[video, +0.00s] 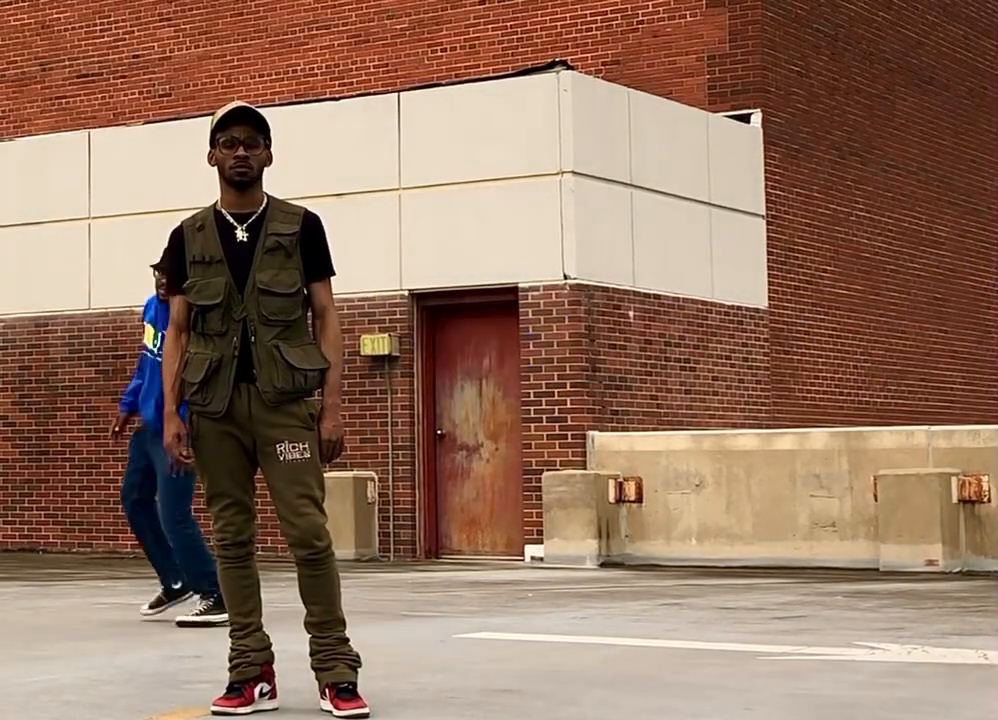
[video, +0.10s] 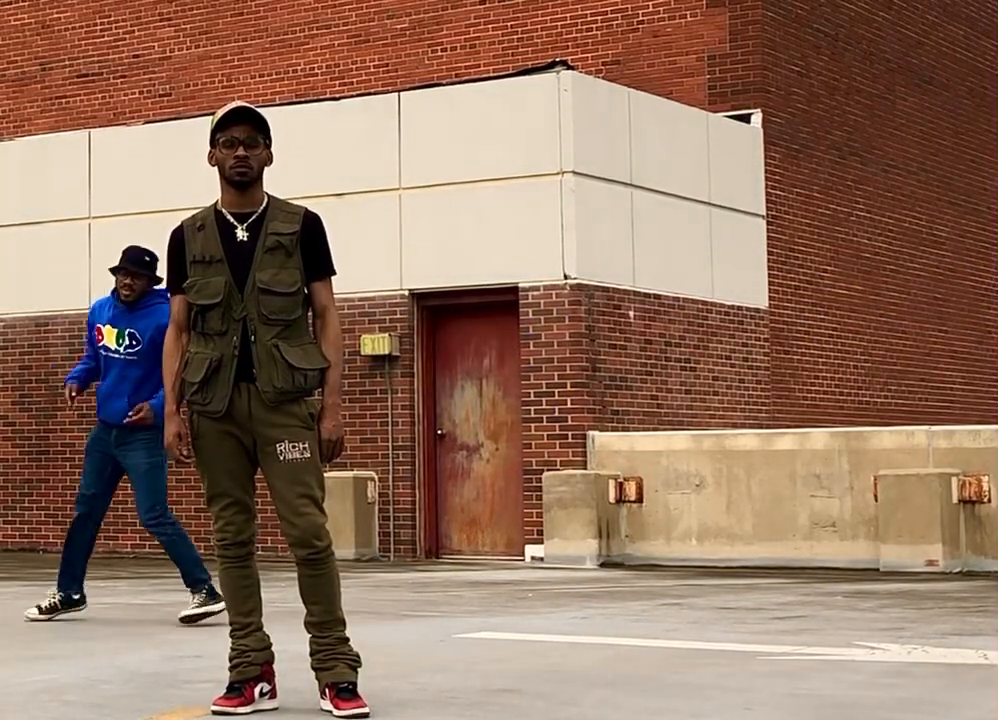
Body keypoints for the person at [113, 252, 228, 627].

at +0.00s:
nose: (162, 279)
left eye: (168, 273)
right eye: (158, 271)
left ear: (183, 278)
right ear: (155, 274)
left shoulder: (193, 316)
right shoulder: (154, 307)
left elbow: (195, 372)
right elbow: (149, 362)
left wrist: (181, 419)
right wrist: (128, 404)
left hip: (176, 426)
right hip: (149, 423)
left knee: (174, 515)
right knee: (134, 501)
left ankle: (215, 594)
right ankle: (175, 582)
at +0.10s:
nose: (127, 283)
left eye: (136, 278)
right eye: (123, 275)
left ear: (151, 281)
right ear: (115, 275)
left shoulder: (166, 314)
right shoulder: (100, 310)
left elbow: (184, 370)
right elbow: (93, 359)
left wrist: (157, 406)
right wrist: (76, 379)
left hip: (144, 434)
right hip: (105, 433)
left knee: (154, 516)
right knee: (87, 511)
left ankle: (205, 590)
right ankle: (70, 592)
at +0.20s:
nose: (95, 298)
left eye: (103, 293)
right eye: (90, 290)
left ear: (114, 298)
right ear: (79, 293)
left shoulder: (132, 337)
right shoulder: (59, 333)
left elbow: (162, 390)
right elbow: (31, 375)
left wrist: (135, 392)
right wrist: (31, 383)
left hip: (106, 452)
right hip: (63, 447)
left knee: (115, 526)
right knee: (40, 519)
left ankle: (173, 584)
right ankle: (50, 601)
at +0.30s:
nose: (82, 296)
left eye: (89, 290)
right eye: (75, 289)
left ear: (98, 294)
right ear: (63, 292)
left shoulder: (116, 333)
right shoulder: (41, 331)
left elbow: (128, 385)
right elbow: (16, 374)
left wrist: (119, 397)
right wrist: (13, 388)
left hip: (91, 448)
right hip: (46, 446)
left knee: (91, 522)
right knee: (29, 523)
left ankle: (130, 580)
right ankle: (50, 601)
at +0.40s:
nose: (71, 275)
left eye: (77, 269)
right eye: (63, 269)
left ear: (85, 273)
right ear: (49, 273)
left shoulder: (101, 314)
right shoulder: (23, 311)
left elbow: (109, 364)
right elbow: (3, 357)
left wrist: (94, 390)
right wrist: (13, 377)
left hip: (79, 428)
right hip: (32, 427)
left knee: (82, 507)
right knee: (28, 511)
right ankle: (43, 591)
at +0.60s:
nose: (63, 289)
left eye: (64, 283)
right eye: (56, 283)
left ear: (49, 287)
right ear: (34, 285)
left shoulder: (58, 326)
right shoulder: (7, 320)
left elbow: (68, 369)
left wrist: (74, 384)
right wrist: (18, 380)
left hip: (41, 439)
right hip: (7, 438)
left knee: (59, 506)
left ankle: (25, 580)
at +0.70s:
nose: (55, 291)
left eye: (56, 284)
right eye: (49, 285)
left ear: (44, 288)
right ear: (26, 286)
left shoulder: (40, 325)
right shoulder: (4, 321)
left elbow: (35, 385)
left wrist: (59, 414)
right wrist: (38, 380)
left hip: (34, 439)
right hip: (5, 438)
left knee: (48, 512)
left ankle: (12, 588)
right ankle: (4, 591)